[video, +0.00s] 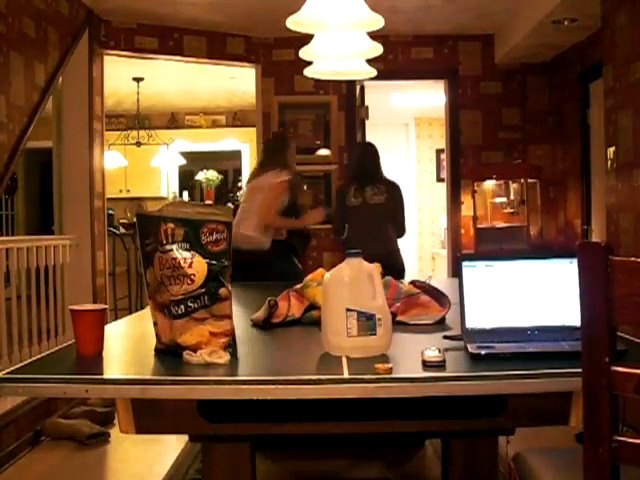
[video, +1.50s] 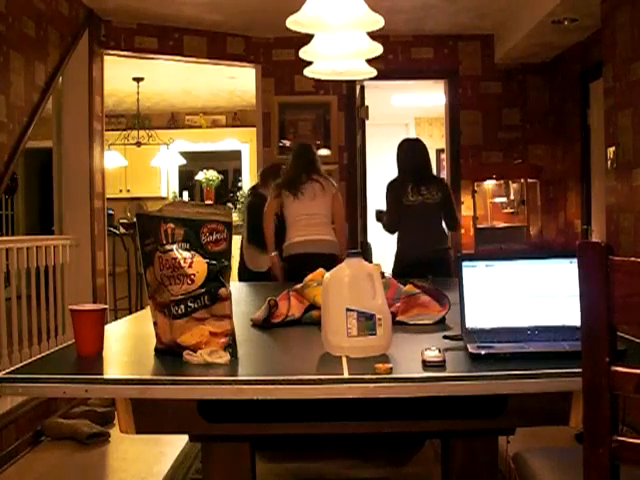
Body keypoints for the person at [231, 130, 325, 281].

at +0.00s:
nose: (294, 154)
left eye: (293, 149)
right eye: (292, 150)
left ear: (268, 152)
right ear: (286, 152)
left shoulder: (257, 174)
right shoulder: (281, 177)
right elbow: (267, 218)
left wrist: (274, 230)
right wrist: (303, 222)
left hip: (237, 244)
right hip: (257, 246)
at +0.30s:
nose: (330, 170)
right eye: (326, 166)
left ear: (297, 172)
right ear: (319, 170)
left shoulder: (288, 197)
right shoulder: (325, 196)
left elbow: (272, 237)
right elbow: (336, 242)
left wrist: (254, 271)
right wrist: (359, 232)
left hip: (280, 269)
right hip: (306, 269)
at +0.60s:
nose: (280, 164)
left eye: (283, 159)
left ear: (290, 162)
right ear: (319, 157)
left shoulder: (288, 185)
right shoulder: (336, 177)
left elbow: (275, 227)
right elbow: (358, 210)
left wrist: (252, 229)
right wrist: (335, 218)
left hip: (298, 256)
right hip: (332, 259)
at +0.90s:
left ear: (300, 157)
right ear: (325, 157)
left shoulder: (287, 182)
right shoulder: (336, 182)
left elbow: (277, 225)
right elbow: (343, 226)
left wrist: (290, 240)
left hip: (295, 251)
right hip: (328, 252)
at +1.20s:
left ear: (290, 161)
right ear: (314, 162)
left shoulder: (273, 185)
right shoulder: (323, 185)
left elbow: (261, 224)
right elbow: (329, 225)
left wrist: (267, 258)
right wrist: (336, 252)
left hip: (284, 257)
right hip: (318, 256)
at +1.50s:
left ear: (292, 163)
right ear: (315, 161)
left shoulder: (282, 187)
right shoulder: (330, 184)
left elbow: (269, 215)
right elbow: (340, 223)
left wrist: (272, 254)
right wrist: (342, 254)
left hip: (296, 254)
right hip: (328, 253)